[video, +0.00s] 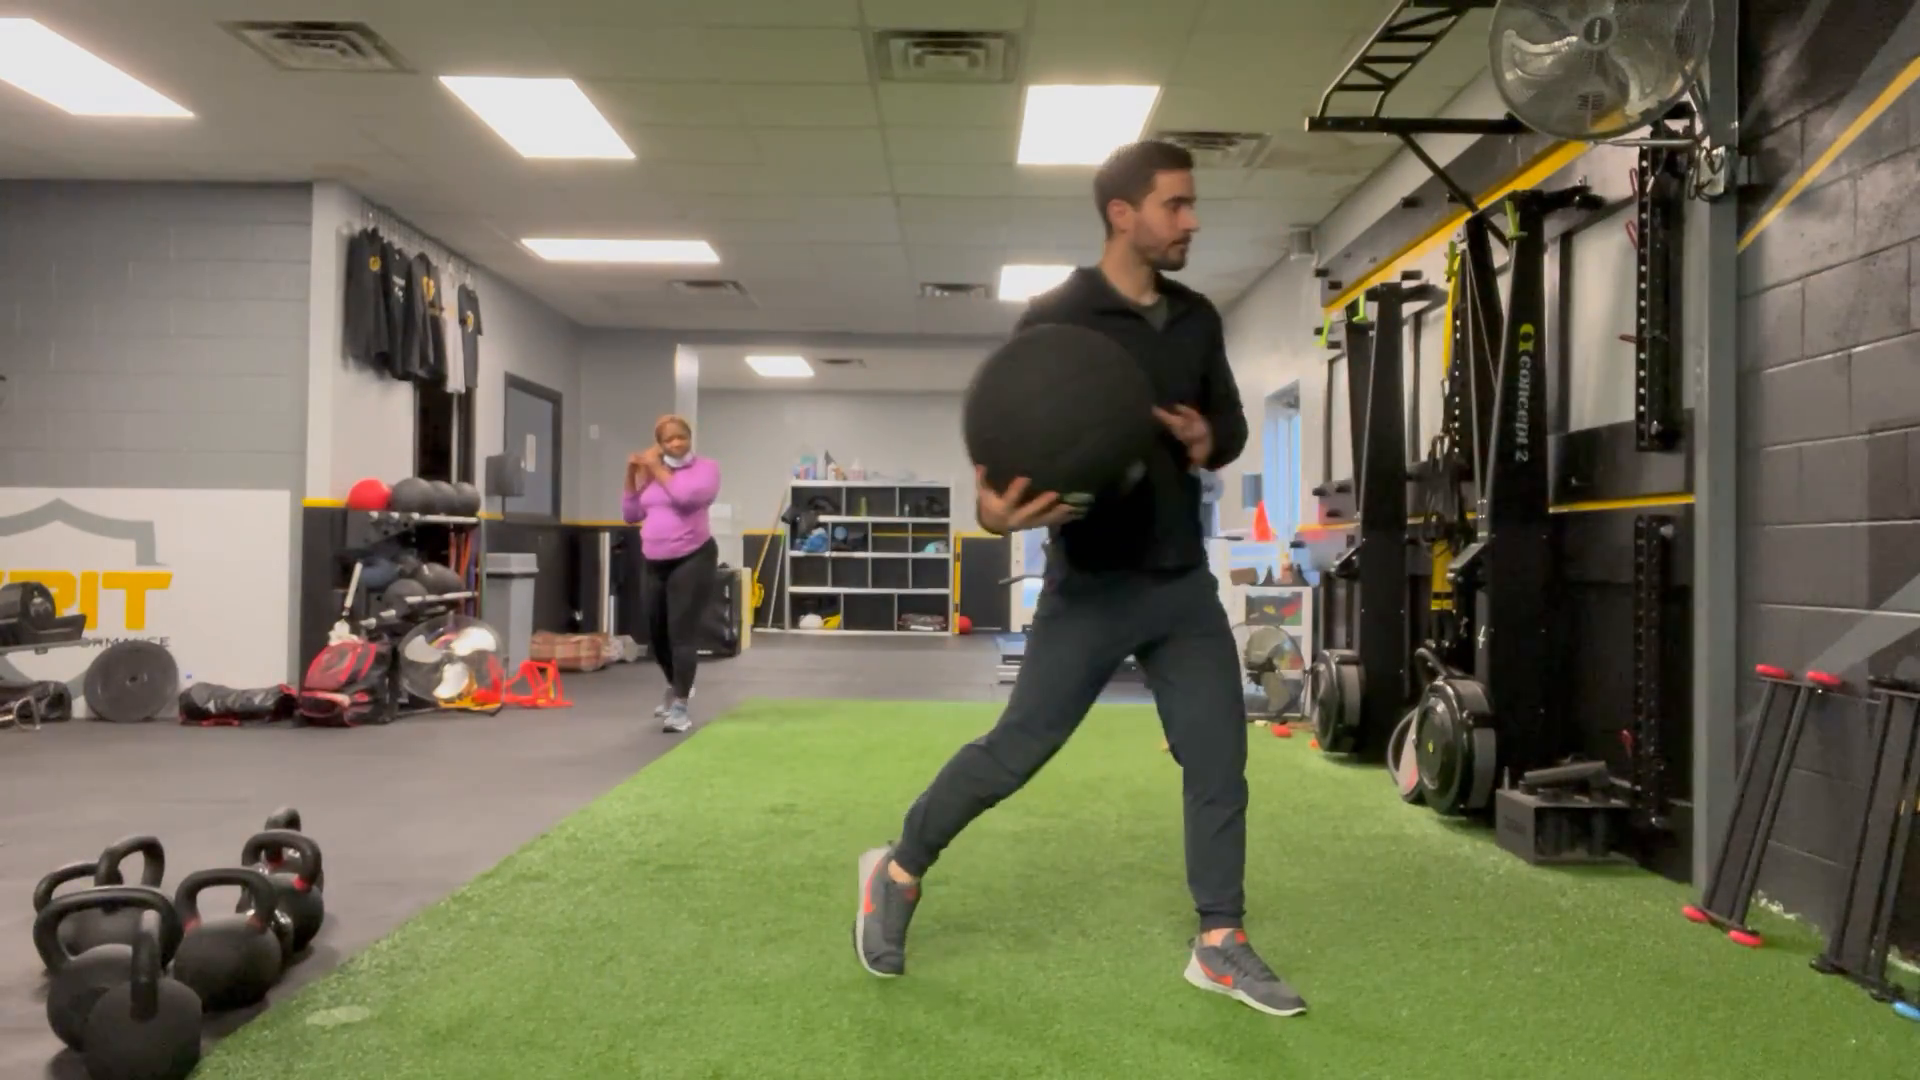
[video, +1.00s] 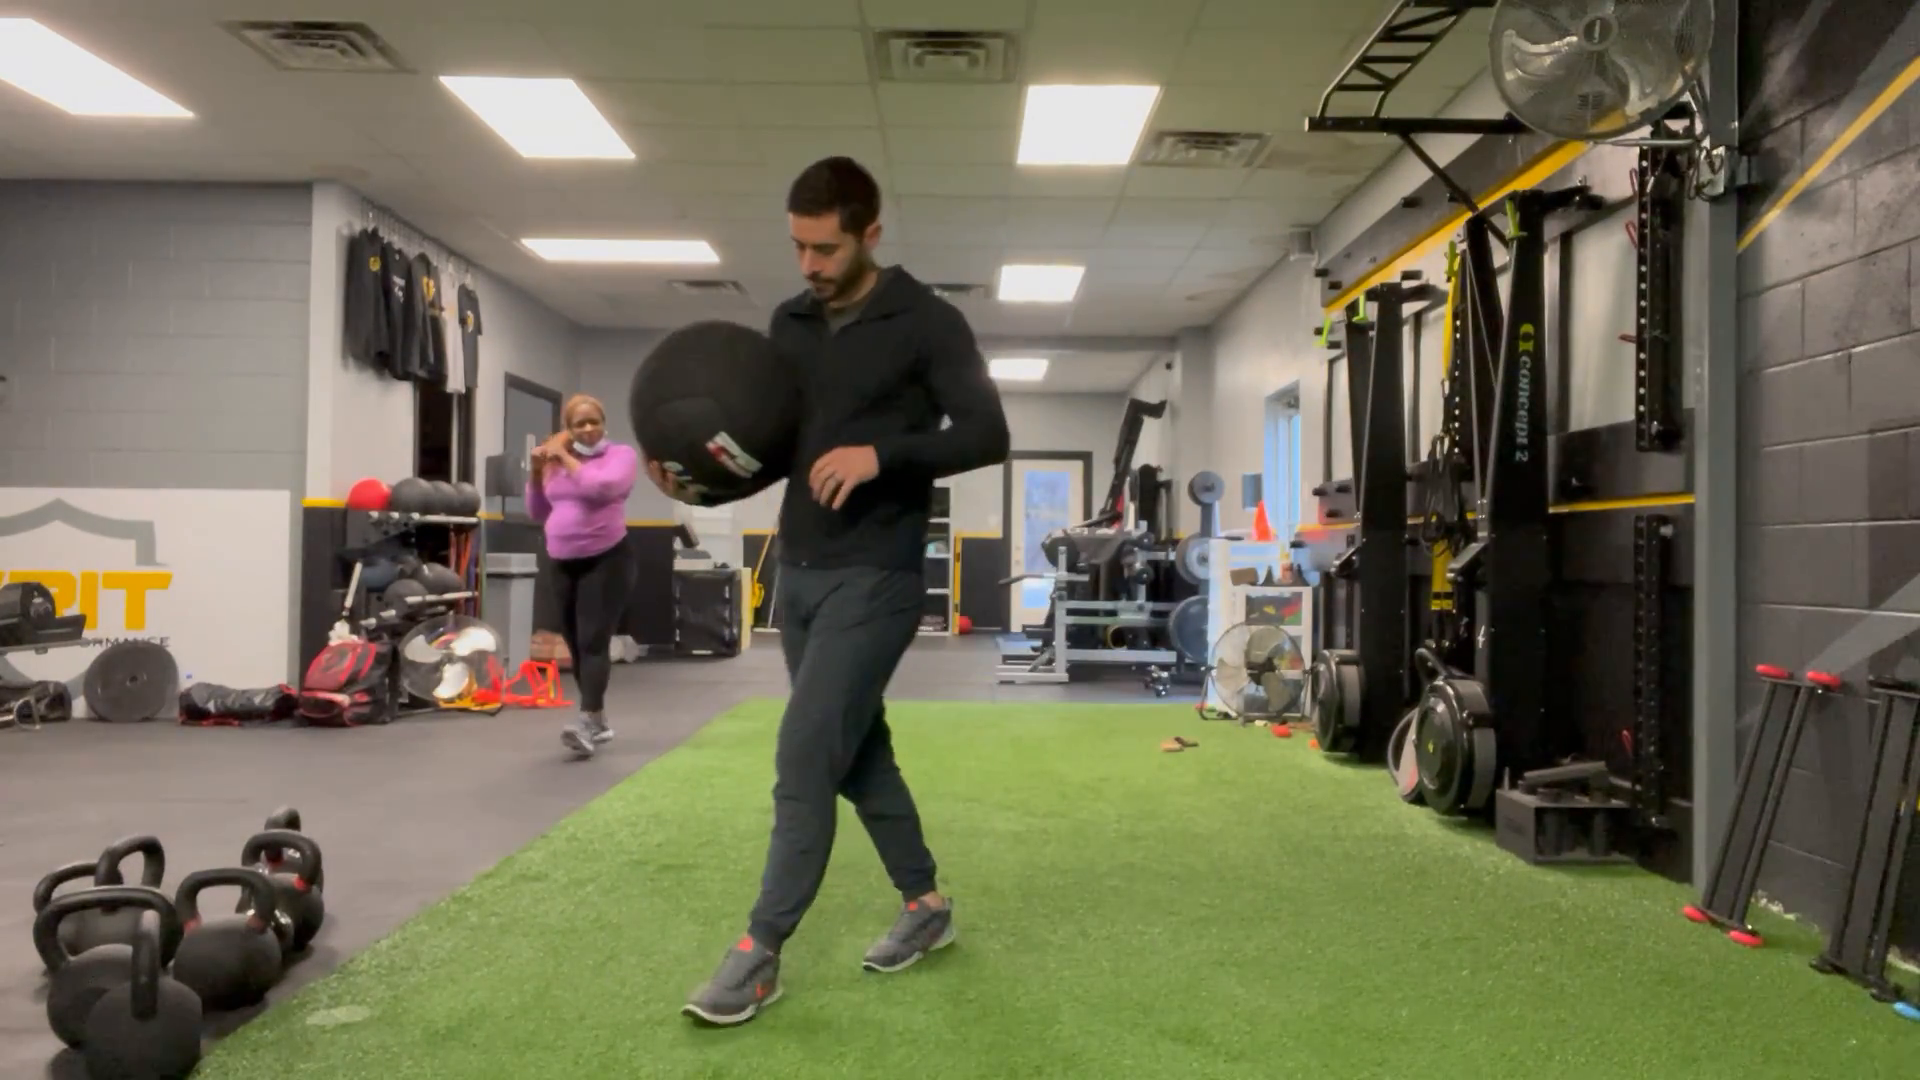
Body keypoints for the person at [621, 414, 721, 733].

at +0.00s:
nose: (676, 443)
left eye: (681, 437)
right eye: (669, 439)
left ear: (691, 439)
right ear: (660, 444)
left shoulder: (706, 468)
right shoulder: (651, 471)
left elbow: (685, 498)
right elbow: (632, 516)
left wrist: (655, 468)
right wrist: (631, 478)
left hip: (692, 557)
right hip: (655, 561)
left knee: (681, 627)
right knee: (657, 628)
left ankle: (680, 702)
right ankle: (675, 685)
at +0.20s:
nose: (664, 437)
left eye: (670, 431)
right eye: (657, 433)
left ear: (681, 433)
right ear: (649, 438)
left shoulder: (697, 462)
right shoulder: (642, 465)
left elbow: (672, 493)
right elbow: (629, 515)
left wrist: (644, 463)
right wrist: (623, 478)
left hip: (685, 555)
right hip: (644, 558)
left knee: (675, 629)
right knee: (627, 624)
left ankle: (680, 707)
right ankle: (650, 684)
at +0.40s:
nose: (646, 435)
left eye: (652, 429)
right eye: (639, 431)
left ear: (664, 431)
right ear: (632, 437)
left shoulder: (683, 460)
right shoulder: (628, 465)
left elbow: (653, 491)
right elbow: (617, 514)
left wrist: (629, 464)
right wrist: (609, 482)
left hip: (671, 556)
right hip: (629, 558)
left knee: (670, 634)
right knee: (620, 632)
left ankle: (678, 709)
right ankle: (603, 710)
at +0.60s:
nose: (624, 435)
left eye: (629, 429)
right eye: (616, 432)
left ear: (640, 431)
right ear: (606, 439)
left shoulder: (658, 461)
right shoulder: (599, 466)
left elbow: (632, 493)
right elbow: (585, 517)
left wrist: (602, 463)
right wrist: (579, 478)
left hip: (647, 560)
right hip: (602, 563)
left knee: (650, 637)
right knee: (599, 636)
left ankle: (673, 698)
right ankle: (597, 717)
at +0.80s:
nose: (604, 429)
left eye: (610, 422)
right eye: (597, 424)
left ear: (620, 425)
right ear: (586, 430)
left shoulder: (637, 455)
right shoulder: (573, 460)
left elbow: (616, 486)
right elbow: (558, 513)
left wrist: (582, 458)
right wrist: (555, 473)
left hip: (624, 555)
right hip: (579, 558)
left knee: (610, 628)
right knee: (586, 637)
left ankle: (629, 701)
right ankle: (595, 717)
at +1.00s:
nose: (588, 429)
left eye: (593, 422)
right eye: (580, 424)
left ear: (604, 424)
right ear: (568, 429)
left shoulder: (621, 455)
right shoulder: (555, 460)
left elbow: (600, 489)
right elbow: (538, 514)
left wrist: (565, 457)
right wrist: (537, 473)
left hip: (606, 557)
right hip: (564, 562)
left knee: (593, 638)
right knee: (576, 641)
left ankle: (588, 721)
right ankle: (597, 719)